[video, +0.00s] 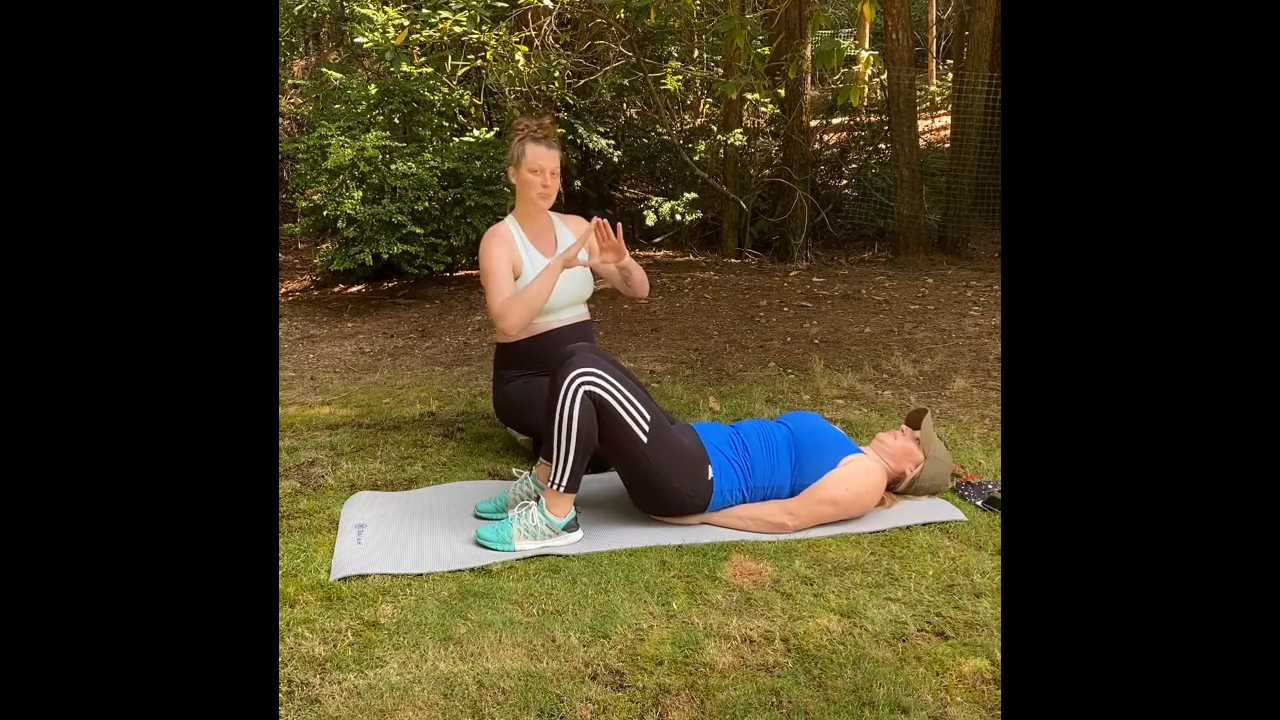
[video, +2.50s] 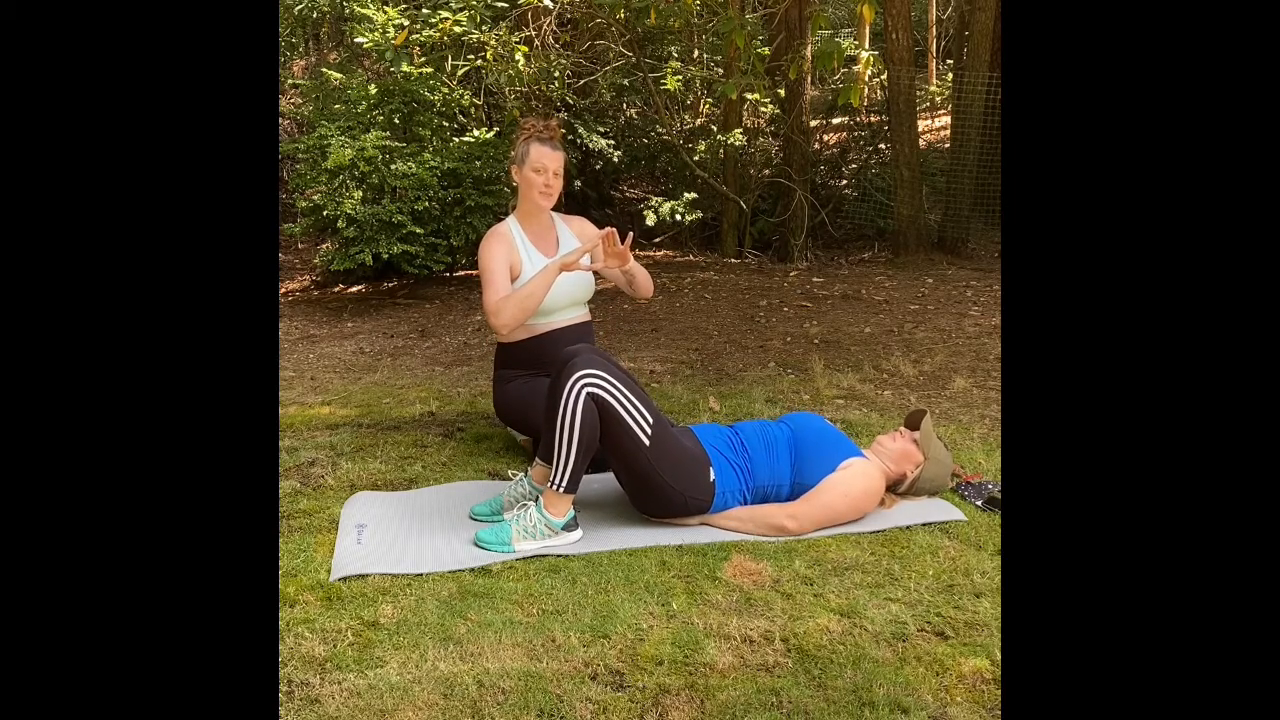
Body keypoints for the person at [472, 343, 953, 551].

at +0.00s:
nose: (897, 431)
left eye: (908, 438)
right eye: (906, 429)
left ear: (908, 468)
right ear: (898, 445)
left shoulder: (863, 476)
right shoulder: (847, 453)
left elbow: (789, 516)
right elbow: (771, 485)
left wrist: (706, 515)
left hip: (693, 480)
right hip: (681, 450)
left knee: (585, 376)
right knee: (589, 365)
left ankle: (555, 510)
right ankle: (544, 482)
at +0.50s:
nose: (898, 433)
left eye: (909, 440)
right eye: (907, 430)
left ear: (908, 472)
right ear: (895, 442)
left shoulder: (860, 477)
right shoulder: (844, 454)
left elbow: (788, 516)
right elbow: (772, 494)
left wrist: (703, 515)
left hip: (694, 480)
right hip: (680, 454)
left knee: (585, 372)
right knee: (586, 362)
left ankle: (554, 509)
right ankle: (543, 484)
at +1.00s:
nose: (900, 433)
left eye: (910, 441)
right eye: (908, 431)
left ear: (907, 473)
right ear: (896, 441)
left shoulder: (860, 474)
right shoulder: (846, 451)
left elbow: (795, 522)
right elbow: (775, 496)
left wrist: (711, 517)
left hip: (695, 482)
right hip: (680, 454)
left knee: (589, 375)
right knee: (590, 365)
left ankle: (554, 511)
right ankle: (542, 485)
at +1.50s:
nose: (899, 432)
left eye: (910, 440)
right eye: (908, 430)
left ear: (908, 471)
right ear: (898, 445)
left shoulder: (863, 478)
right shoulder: (846, 454)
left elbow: (794, 521)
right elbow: (776, 497)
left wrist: (707, 516)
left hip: (695, 483)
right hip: (681, 455)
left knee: (589, 374)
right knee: (590, 364)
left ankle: (554, 511)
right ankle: (542, 484)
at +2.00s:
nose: (900, 434)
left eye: (910, 441)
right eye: (908, 431)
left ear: (908, 470)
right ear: (899, 447)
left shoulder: (865, 474)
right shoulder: (852, 457)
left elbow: (792, 510)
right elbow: (777, 493)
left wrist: (709, 516)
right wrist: (709, 496)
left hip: (693, 481)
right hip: (680, 453)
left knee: (590, 376)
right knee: (590, 365)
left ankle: (554, 512)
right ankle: (539, 485)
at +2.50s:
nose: (897, 433)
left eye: (908, 440)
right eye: (906, 430)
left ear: (908, 471)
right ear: (897, 444)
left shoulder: (863, 479)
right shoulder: (847, 456)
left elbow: (794, 520)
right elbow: (774, 494)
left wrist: (711, 517)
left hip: (693, 482)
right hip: (680, 452)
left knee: (589, 376)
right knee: (589, 364)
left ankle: (554, 511)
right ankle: (540, 484)